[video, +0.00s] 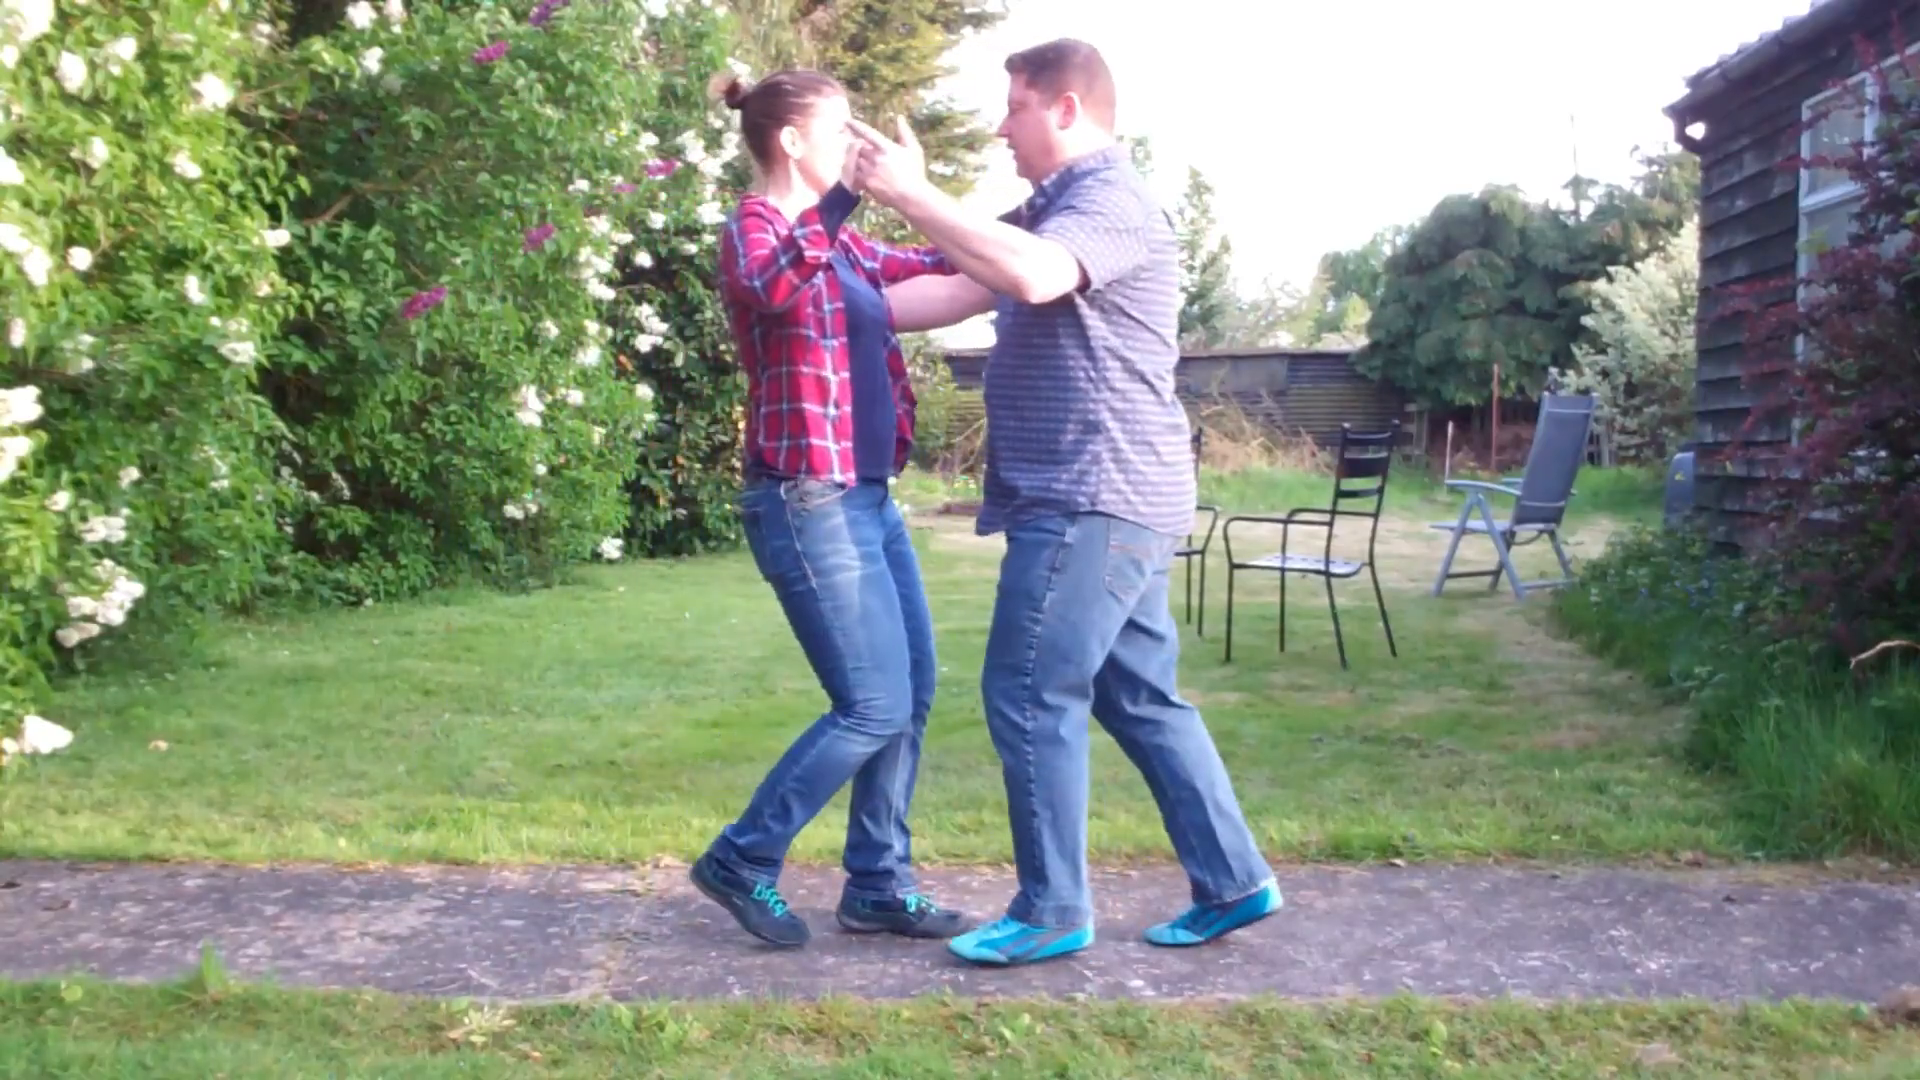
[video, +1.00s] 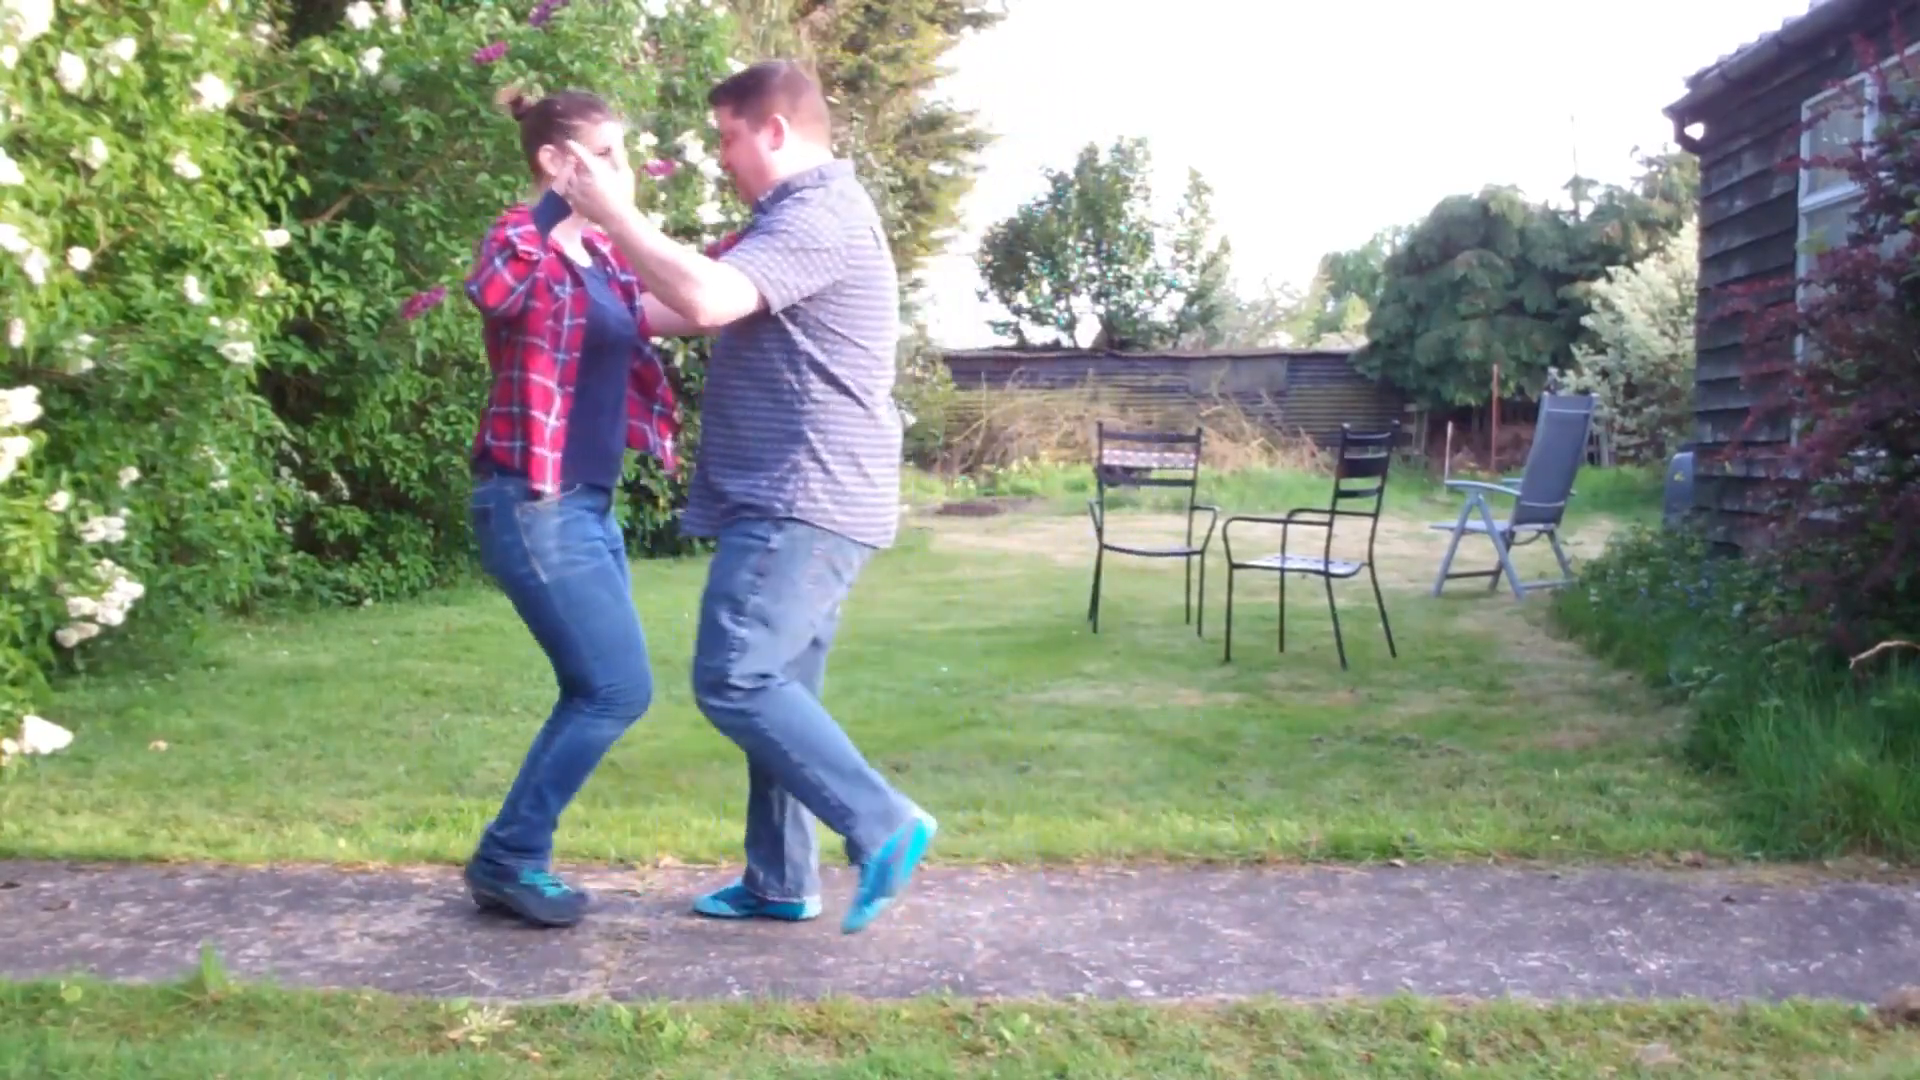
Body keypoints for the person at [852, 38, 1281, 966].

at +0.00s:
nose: (1003, 130)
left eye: (1013, 110)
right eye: (1005, 112)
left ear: (1066, 108)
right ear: (1073, 109)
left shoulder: (1114, 198)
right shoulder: (1060, 211)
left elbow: (1036, 273)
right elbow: (956, 287)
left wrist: (914, 194)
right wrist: (823, 308)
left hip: (1097, 495)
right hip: (1111, 495)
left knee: (1029, 695)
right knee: (1140, 697)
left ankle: (1055, 912)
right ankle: (1234, 881)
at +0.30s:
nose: (955, 136)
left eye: (963, 116)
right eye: (953, 118)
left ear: (1018, 108)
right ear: (1022, 111)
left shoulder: (1063, 196)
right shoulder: (1010, 209)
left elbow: (981, 266)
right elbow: (903, 289)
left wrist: (856, 194)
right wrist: (778, 309)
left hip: (1036, 493)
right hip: (1034, 493)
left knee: (1002, 711)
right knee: (1071, 696)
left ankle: (1011, 915)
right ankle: (1195, 851)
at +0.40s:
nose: (922, 138)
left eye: (931, 119)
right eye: (920, 122)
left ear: (985, 110)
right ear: (982, 114)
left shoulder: (1027, 192)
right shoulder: (976, 208)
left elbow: (944, 260)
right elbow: (871, 286)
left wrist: (812, 191)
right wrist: (743, 299)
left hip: (1014, 486)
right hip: (972, 489)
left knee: (992, 694)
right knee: (967, 681)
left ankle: (1011, 913)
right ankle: (1115, 817)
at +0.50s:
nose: (891, 143)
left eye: (898, 122)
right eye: (888, 125)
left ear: (950, 109)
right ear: (954, 113)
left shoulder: (1001, 186)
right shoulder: (955, 202)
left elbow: (900, 254)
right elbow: (845, 289)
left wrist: (766, 183)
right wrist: (712, 305)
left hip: (986, 489)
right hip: (944, 493)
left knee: (977, 698)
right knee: (905, 667)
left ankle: (1012, 913)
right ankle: (1011, 844)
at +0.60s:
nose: (858, 146)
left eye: (865, 126)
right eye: (854, 129)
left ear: (915, 114)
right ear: (921, 117)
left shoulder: (968, 195)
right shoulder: (923, 208)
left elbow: (858, 252)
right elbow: (825, 291)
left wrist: (723, 174)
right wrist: (694, 297)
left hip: (959, 491)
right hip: (917, 494)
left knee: (959, 699)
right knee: (880, 678)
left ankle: (1011, 912)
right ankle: (880, 880)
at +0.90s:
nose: (752, 152)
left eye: (759, 132)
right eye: (752, 134)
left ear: (805, 124)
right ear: (821, 126)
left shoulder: (854, 201)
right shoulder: (835, 205)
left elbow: (735, 279)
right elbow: (729, 294)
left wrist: (633, 192)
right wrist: (636, 220)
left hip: (850, 490)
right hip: (816, 491)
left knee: (813, 682)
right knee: (794, 686)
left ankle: (960, 862)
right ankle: (782, 883)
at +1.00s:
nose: (720, 158)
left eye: (726, 139)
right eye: (719, 141)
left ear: (773, 131)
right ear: (785, 131)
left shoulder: (817, 212)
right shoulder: (810, 209)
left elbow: (705, 299)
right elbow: (703, 293)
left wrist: (617, 214)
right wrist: (621, 242)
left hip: (803, 496)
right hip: (807, 497)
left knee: (735, 680)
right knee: (782, 688)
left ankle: (886, 827)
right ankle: (779, 881)